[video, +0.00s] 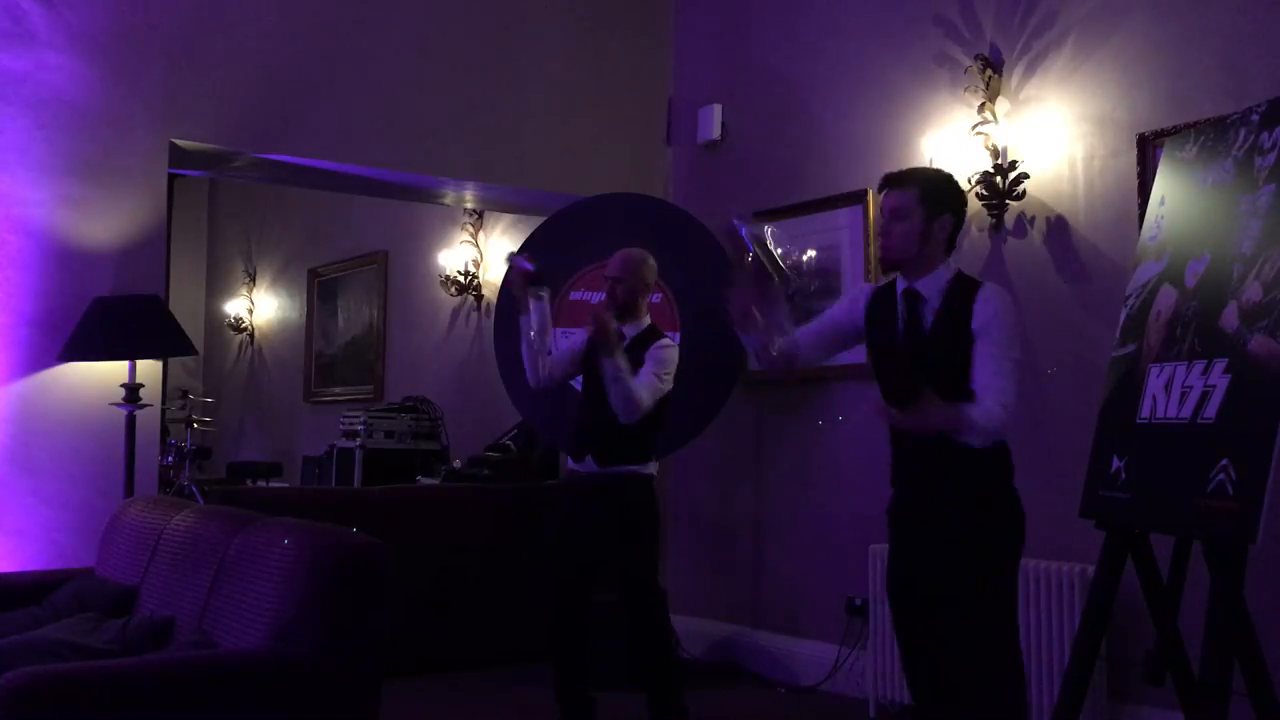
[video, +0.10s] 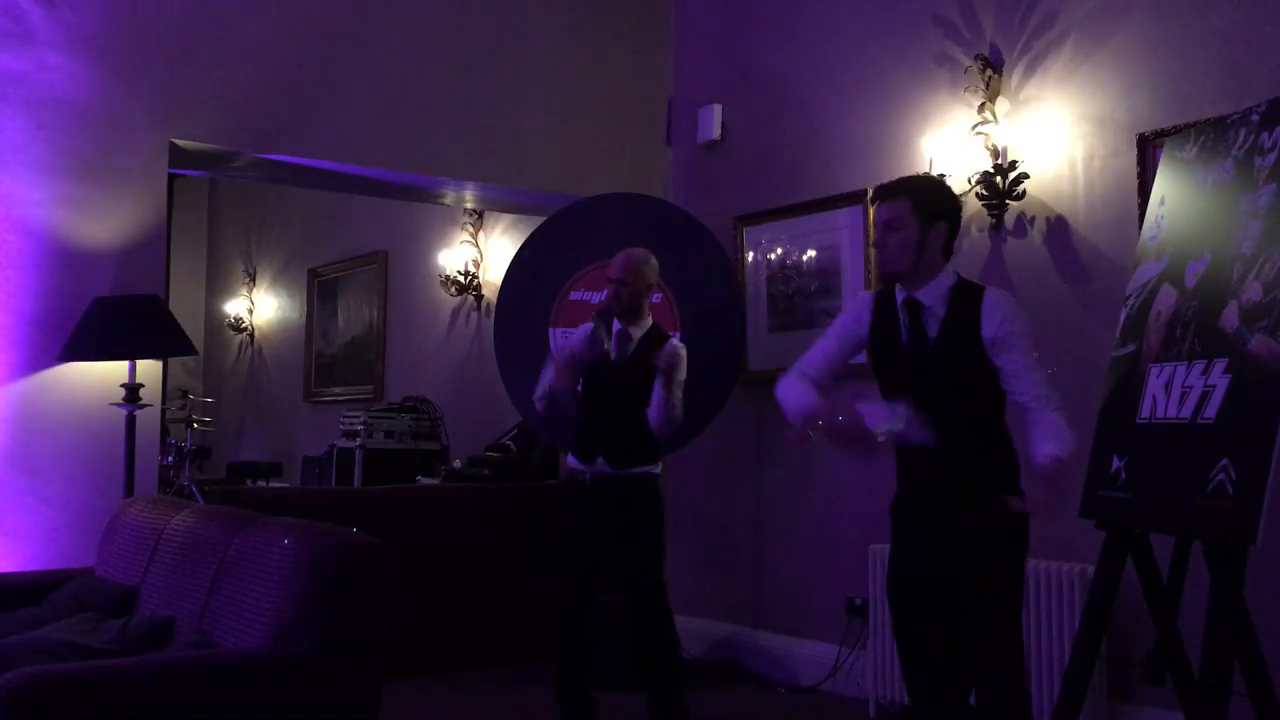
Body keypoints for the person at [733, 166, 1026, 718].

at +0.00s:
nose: (881, 229)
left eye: (896, 217)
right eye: (880, 217)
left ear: (940, 226)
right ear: (880, 224)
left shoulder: (985, 304)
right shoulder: (873, 301)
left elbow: (995, 416)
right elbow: (786, 353)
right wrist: (761, 310)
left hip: (978, 503)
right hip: (913, 504)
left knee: (983, 659)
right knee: (924, 663)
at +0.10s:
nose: (879, 243)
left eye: (892, 229)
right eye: (878, 231)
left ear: (937, 235)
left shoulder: (990, 309)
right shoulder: (872, 310)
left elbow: (1040, 404)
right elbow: (795, 384)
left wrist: (1044, 459)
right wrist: (821, 414)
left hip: (988, 501)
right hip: (916, 503)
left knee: (992, 665)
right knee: (925, 668)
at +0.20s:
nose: (877, 249)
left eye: (889, 236)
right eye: (875, 237)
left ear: (936, 239)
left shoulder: (1000, 313)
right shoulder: (874, 320)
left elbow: (1073, 404)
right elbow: (819, 414)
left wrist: (1113, 495)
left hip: (995, 513)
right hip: (919, 514)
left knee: (999, 684)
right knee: (928, 685)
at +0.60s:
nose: (914, 230)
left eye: (922, 217)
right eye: (917, 217)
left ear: (956, 225)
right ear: (959, 226)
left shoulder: (1021, 306)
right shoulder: (948, 283)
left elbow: (1109, 402)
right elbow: (880, 250)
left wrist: (1099, 495)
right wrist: (809, 288)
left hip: (1002, 518)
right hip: (941, 510)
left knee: (994, 686)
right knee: (909, 667)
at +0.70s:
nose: (925, 221)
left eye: (933, 209)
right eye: (929, 208)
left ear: (965, 219)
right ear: (971, 219)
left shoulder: (1025, 302)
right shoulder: (965, 271)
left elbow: (1115, 394)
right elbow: (913, 236)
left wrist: (1090, 474)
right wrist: (849, 266)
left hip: (995, 514)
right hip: (938, 503)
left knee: (996, 682)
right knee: (890, 644)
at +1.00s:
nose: (936, 232)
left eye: (946, 218)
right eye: (939, 218)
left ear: (982, 228)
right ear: (979, 229)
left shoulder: (1055, 320)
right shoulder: (945, 293)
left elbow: (1089, 415)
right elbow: (906, 372)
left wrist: (1020, 433)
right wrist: (897, 450)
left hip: (999, 513)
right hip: (927, 502)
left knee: (998, 671)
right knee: (885, 652)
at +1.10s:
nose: (927, 234)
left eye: (937, 221)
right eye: (931, 220)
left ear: (974, 231)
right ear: (967, 232)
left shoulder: (1046, 322)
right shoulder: (937, 285)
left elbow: (1093, 409)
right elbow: (897, 370)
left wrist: (1025, 429)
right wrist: (887, 452)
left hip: (996, 516)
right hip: (923, 505)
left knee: (997, 680)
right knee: (880, 660)